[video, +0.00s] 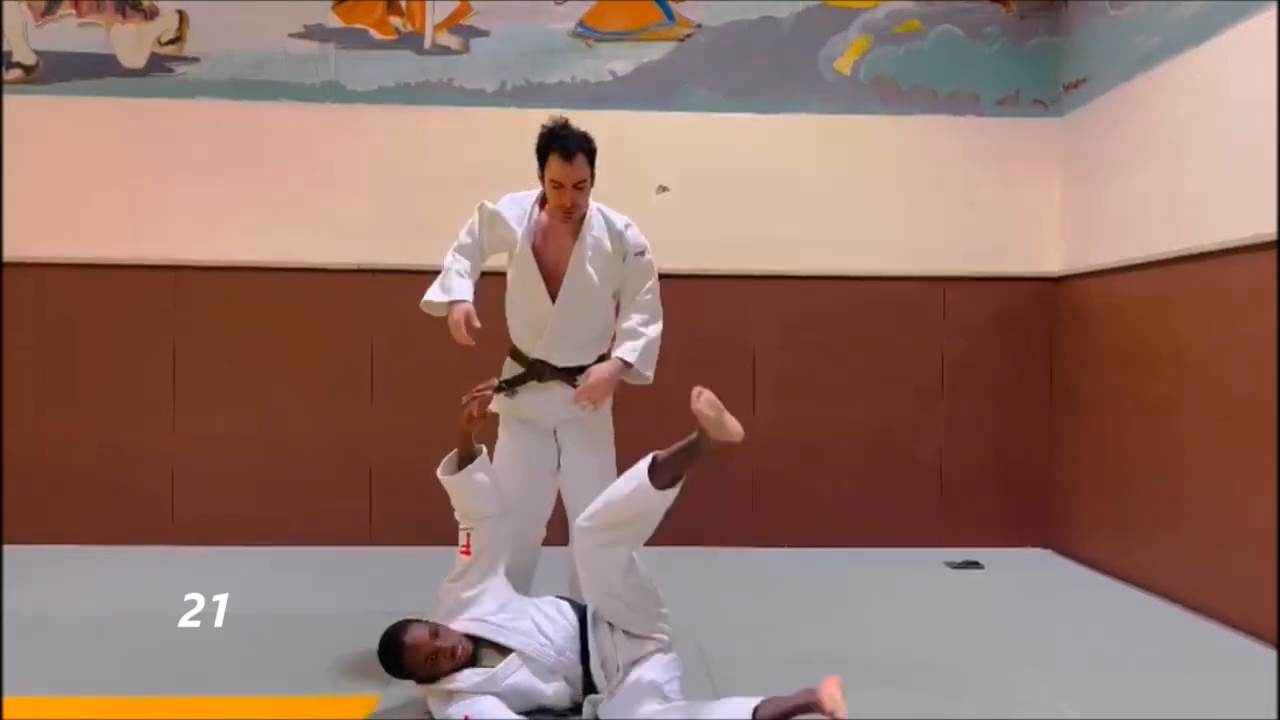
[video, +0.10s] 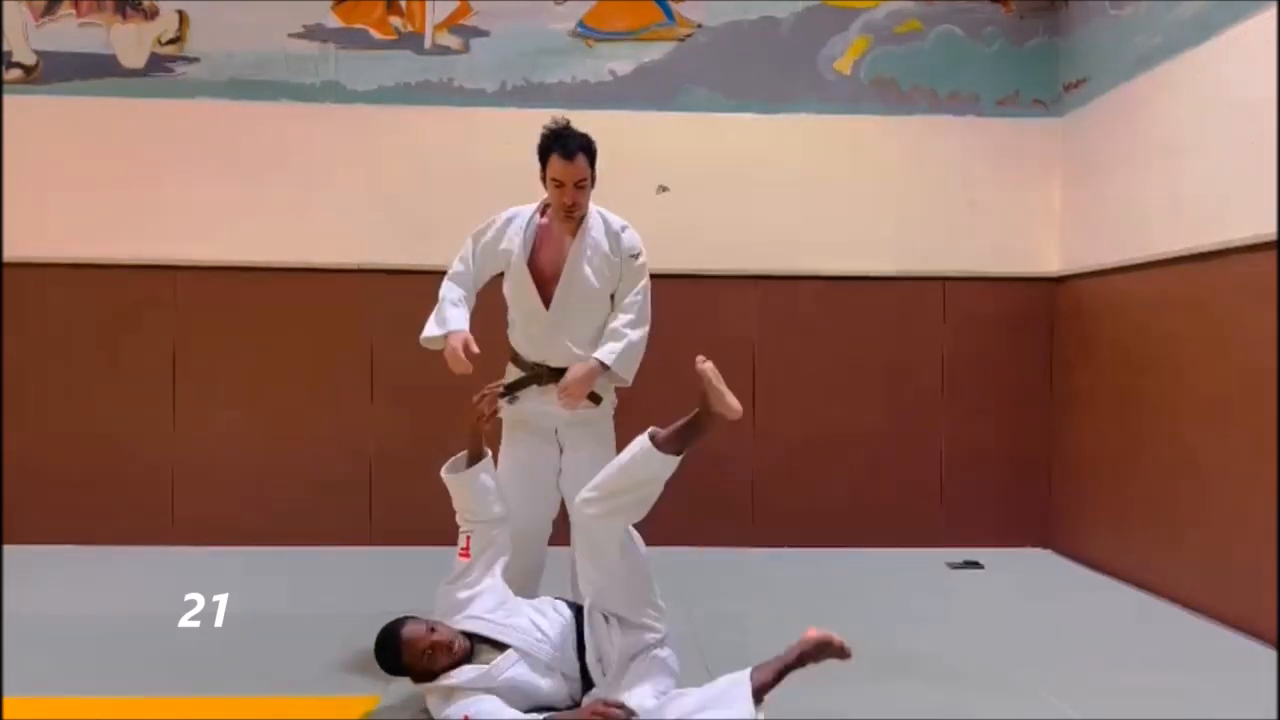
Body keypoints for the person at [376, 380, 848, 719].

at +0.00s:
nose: (441, 650)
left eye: (432, 639)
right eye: (430, 662)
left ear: (436, 622)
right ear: (428, 678)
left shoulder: (473, 595)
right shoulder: (465, 697)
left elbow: (483, 519)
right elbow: (496, 719)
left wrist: (470, 440)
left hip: (616, 617)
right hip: (620, 679)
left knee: (594, 527)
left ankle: (705, 442)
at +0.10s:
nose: (438, 642)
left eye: (427, 633)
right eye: (425, 655)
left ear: (432, 620)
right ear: (424, 674)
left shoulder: (472, 599)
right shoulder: (459, 696)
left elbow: (483, 528)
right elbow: (506, 719)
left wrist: (482, 443)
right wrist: (571, 718)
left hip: (610, 617)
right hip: (616, 682)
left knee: (592, 506)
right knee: (654, 713)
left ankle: (706, 417)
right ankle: (785, 663)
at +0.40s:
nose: (629, 225)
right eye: (629, 219)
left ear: (583, 216)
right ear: (627, 219)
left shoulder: (554, 255)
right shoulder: (647, 251)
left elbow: (547, 312)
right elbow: (694, 286)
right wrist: (648, 272)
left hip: (569, 390)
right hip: (629, 391)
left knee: (540, 505)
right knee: (661, 505)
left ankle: (516, 624)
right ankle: (684, 628)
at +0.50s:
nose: (616, 222)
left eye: (601, 214)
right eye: (622, 217)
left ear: (582, 216)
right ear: (625, 218)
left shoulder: (554, 257)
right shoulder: (648, 252)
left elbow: (546, 328)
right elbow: (686, 294)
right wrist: (645, 285)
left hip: (570, 388)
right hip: (630, 389)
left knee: (541, 505)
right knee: (661, 505)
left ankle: (517, 625)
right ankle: (684, 628)